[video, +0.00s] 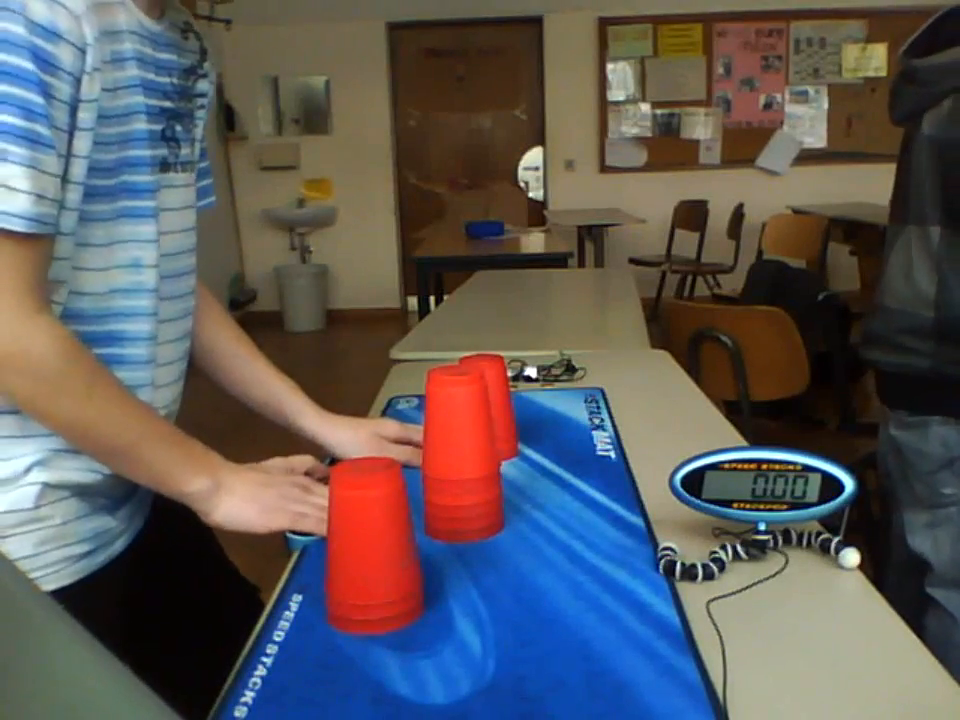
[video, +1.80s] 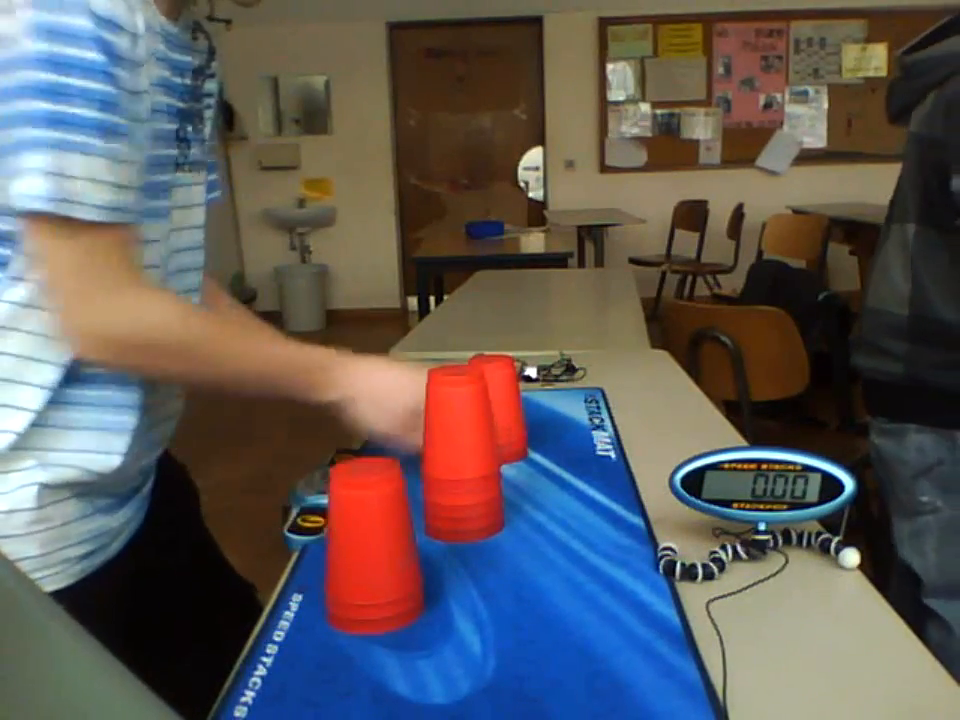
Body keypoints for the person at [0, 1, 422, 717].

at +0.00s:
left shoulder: (186, 49)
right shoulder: (38, 22)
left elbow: (172, 282)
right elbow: (10, 323)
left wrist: (319, 422)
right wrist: (211, 481)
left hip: (141, 511)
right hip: (39, 556)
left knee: (278, 685)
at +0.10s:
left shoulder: (183, 42)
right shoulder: (54, 18)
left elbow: (165, 271)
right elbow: (19, 296)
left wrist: (310, 411)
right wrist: (251, 435)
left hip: (145, 499)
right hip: (43, 550)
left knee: (262, 680)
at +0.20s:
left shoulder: (178, 36)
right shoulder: (64, 18)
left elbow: (169, 279)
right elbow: (102, 312)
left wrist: (341, 388)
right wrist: (343, 394)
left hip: (137, 487)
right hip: (41, 539)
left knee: (265, 684)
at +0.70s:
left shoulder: (216, 27)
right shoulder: (98, 14)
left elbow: (186, 248)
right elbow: (10, 272)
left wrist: (349, 332)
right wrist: (231, 435)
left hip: (175, 498)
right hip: (58, 550)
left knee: (281, 688)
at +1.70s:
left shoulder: (192, 47)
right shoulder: (48, 20)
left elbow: (172, 276)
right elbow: (20, 305)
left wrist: (317, 414)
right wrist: (246, 438)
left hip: (144, 500)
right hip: (41, 552)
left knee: (261, 678)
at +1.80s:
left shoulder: (182, 42)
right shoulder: (63, 20)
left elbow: (174, 276)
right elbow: (98, 313)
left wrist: (335, 383)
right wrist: (349, 381)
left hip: (135, 487)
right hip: (41, 535)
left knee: (255, 675)